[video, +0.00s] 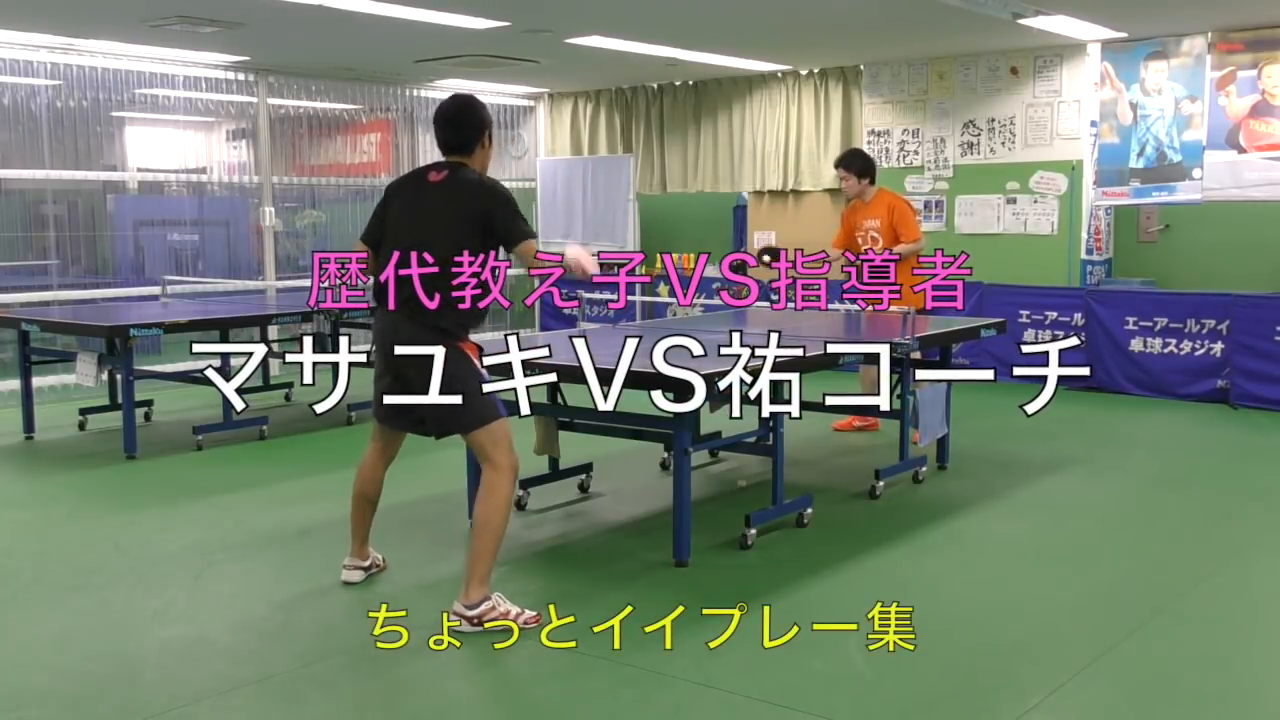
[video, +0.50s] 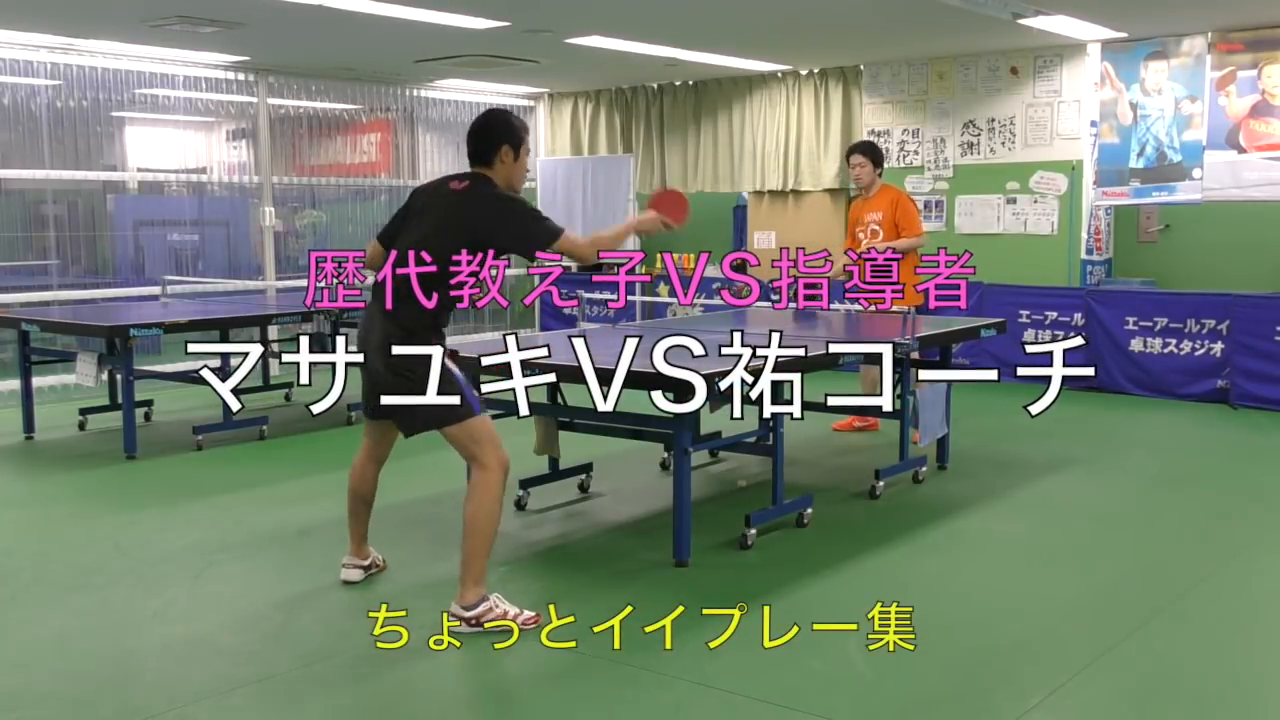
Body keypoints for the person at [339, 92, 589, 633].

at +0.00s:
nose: (493, 146)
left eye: (489, 137)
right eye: (492, 137)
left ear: (439, 140)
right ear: (485, 140)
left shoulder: (402, 188)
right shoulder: (488, 194)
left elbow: (371, 252)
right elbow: (530, 256)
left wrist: (414, 285)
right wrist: (569, 256)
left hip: (392, 344)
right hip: (445, 348)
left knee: (378, 451)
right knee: (500, 464)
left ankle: (357, 556)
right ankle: (475, 597)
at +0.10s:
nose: (499, 147)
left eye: (496, 137)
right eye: (497, 138)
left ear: (445, 138)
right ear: (488, 140)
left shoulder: (409, 184)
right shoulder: (469, 190)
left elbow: (371, 253)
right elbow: (473, 268)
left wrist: (405, 299)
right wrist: (534, 319)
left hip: (389, 342)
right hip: (432, 346)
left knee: (386, 446)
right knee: (490, 461)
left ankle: (358, 556)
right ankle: (474, 597)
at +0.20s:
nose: (504, 163)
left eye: (504, 153)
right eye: (504, 153)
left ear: (458, 148)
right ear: (490, 152)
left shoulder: (424, 190)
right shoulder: (455, 191)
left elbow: (376, 260)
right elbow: (426, 259)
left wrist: (406, 313)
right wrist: (462, 321)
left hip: (386, 343)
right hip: (417, 347)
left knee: (396, 445)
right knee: (487, 459)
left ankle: (359, 555)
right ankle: (473, 597)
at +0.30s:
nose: (510, 172)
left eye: (511, 162)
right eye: (508, 160)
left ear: (468, 156)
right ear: (485, 157)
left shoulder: (428, 194)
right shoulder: (452, 196)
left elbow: (377, 262)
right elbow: (446, 272)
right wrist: (496, 316)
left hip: (384, 345)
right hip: (411, 349)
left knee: (397, 444)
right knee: (481, 459)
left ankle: (360, 554)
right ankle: (469, 596)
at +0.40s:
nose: (520, 167)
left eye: (521, 155)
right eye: (516, 154)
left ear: (477, 152)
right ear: (490, 151)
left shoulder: (429, 189)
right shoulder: (474, 200)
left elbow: (374, 257)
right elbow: (532, 272)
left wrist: (429, 281)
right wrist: (622, 292)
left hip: (377, 335)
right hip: (411, 343)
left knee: (384, 442)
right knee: (472, 459)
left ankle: (358, 554)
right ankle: (468, 596)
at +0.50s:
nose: (527, 166)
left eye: (526, 156)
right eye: (524, 156)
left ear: (478, 156)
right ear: (505, 155)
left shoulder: (430, 192)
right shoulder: (499, 206)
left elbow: (374, 258)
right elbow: (582, 249)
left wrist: (434, 262)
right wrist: (635, 225)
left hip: (378, 340)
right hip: (416, 347)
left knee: (373, 450)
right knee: (490, 461)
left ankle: (356, 554)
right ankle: (472, 598)